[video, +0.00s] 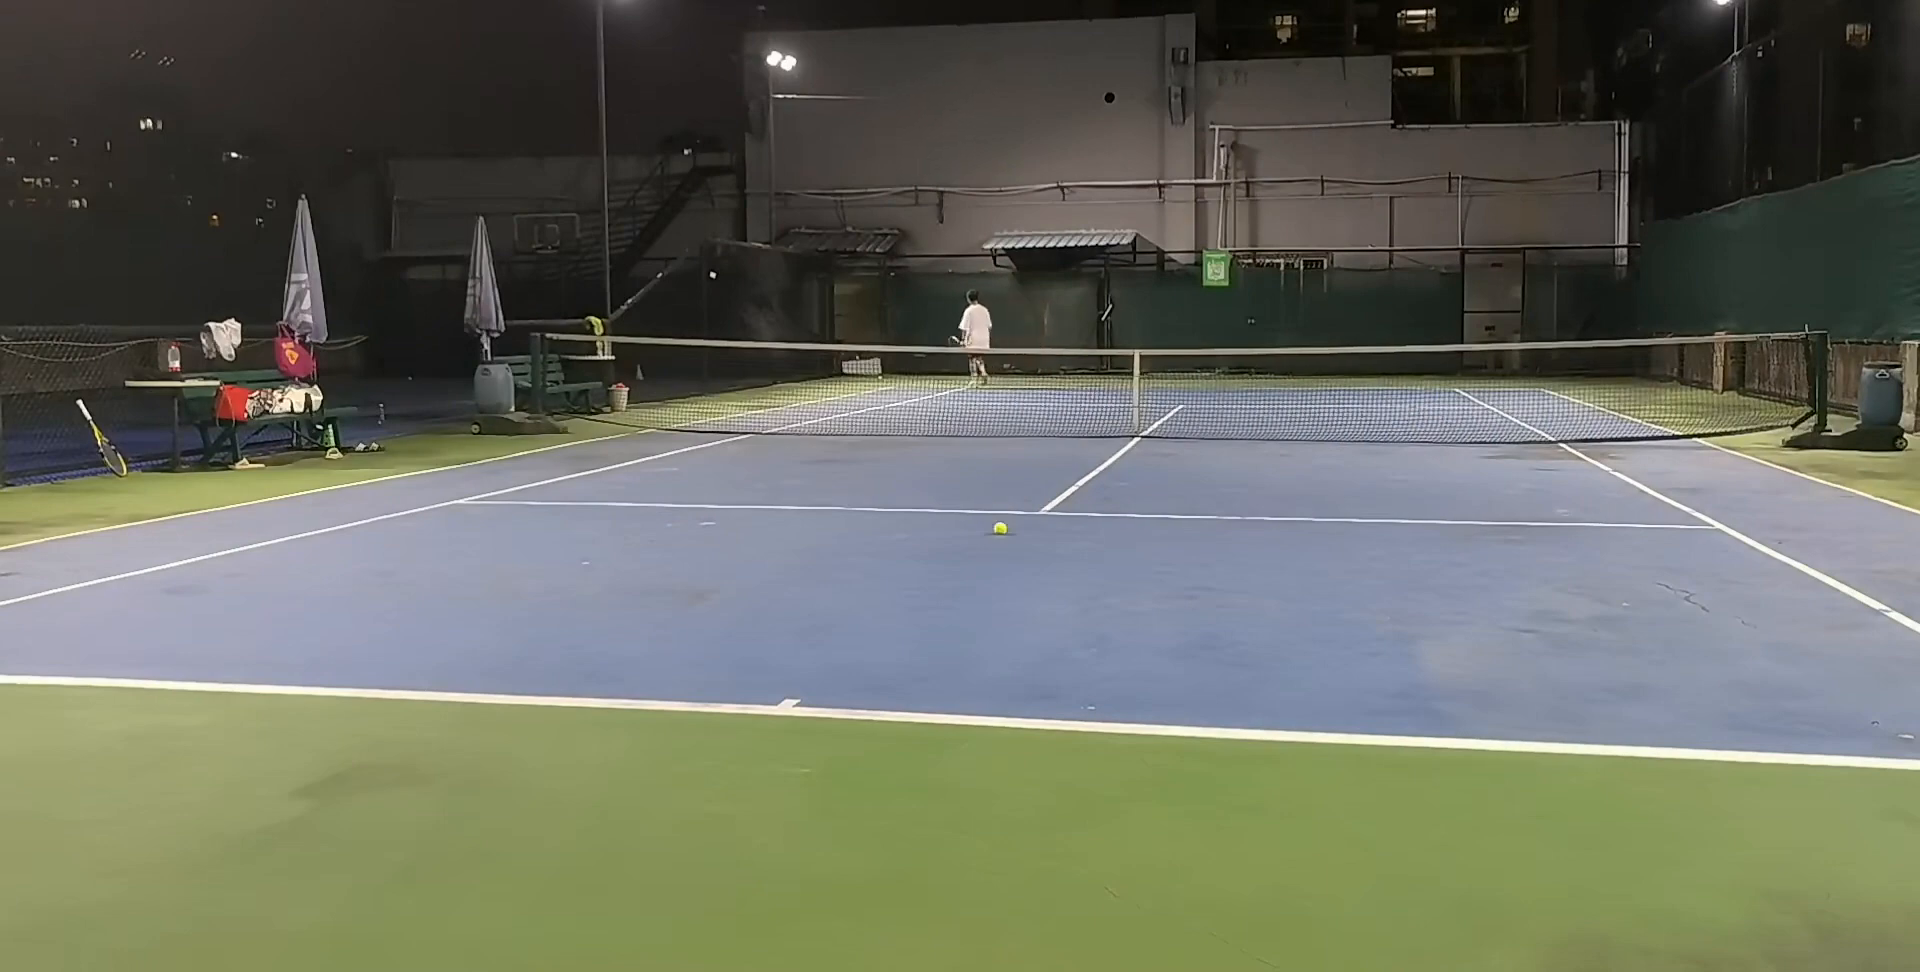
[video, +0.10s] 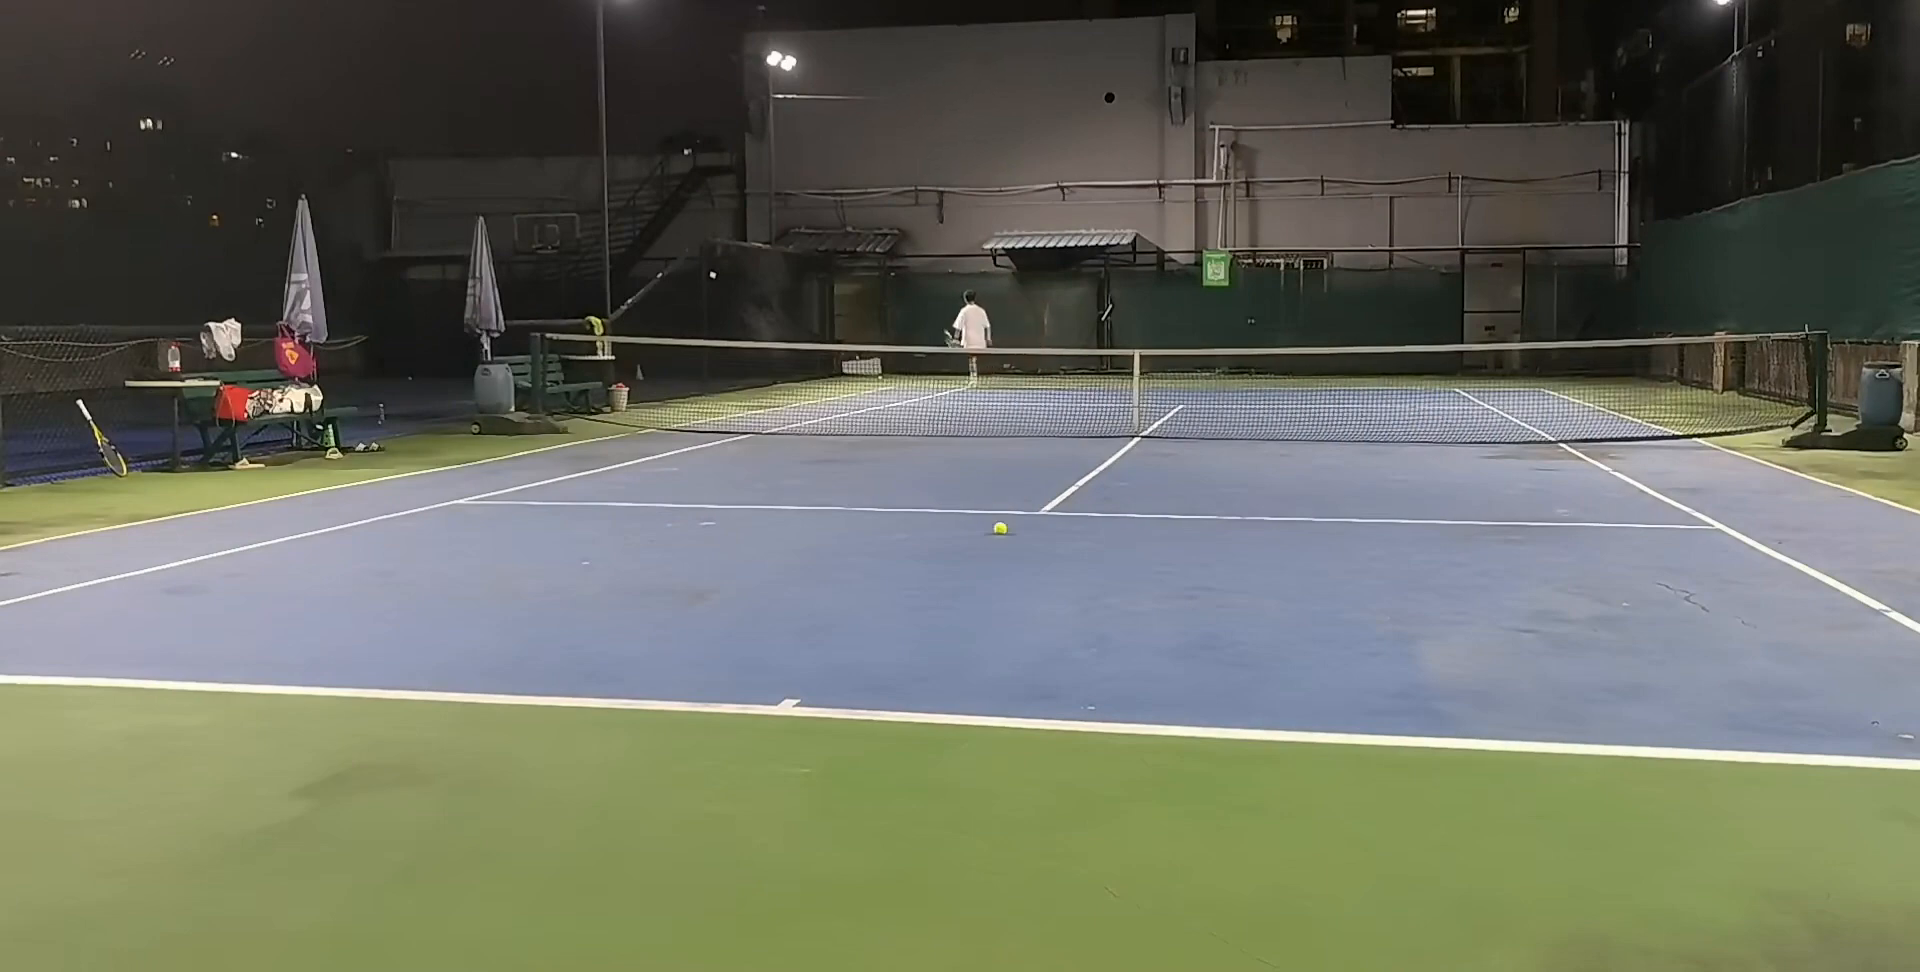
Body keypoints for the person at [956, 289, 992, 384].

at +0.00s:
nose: (967, 301)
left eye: (968, 299)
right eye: (968, 299)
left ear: (969, 299)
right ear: (977, 298)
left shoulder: (969, 311)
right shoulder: (985, 310)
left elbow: (965, 328)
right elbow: (989, 325)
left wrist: (964, 340)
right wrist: (985, 335)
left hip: (972, 339)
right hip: (984, 340)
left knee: (972, 359)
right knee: (979, 357)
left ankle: (974, 378)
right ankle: (984, 373)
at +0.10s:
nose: (965, 301)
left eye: (965, 299)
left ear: (965, 299)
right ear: (974, 299)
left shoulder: (964, 311)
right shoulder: (981, 311)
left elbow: (958, 327)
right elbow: (987, 326)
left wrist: (955, 339)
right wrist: (989, 339)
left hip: (968, 343)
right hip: (981, 343)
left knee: (972, 360)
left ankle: (973, 377)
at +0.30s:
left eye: (960, 301)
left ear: (959, 301)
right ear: (969, 301)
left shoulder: (957, 313)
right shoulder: (974, 314)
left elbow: (949, 328)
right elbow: (980, 329)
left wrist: (946, 339)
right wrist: (982, 342)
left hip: (960, 343)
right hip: (972, 343)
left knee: (963, 360)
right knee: (964, 361)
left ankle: (971, 374)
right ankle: (963, 378)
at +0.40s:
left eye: (957, 300)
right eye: (963, 300)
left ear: (956, 300)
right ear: (966, 300)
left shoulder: (954, 312)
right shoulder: (970, 312)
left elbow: (946, 326)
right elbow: (975, 328)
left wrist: (945, 338)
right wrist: (975, 340)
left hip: (955, 342)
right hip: (968, 342)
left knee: (955, 360)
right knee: (964, 360)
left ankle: (963, 370)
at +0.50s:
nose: (955, 300)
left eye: (954, 298)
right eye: (958, 298)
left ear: (952, 299)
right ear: (961, 298)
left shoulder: (951, 310)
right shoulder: (967, 310)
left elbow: (945, 326)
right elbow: (970, 325)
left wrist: (944, 339)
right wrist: (967, 334)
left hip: (953, 341)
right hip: (965, 341)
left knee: (951, 358)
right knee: (962, 359)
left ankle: (955, 374)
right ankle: (962, 374)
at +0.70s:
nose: (944, 302)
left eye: (944, 300)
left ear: (944, 301)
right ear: (953, 300)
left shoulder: (943, 312)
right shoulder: (958, 311)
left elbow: (940, 328)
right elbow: (963, 323)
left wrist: (939, 339)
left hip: (946, 340)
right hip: (958, 340)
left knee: (943, 357)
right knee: (958, 358)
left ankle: (941, 374)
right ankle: (961, 374)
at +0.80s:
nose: (939, 302)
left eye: (939, 300)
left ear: (940, 301)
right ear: (949, 300)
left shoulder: (939, 312)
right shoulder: (954, 311)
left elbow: (935, 328)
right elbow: (958, 324)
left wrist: (934, 339)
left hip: (942, 342)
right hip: (954, 342)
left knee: (940, 358)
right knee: (952, 356)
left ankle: (940, 374)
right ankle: (957, 370)